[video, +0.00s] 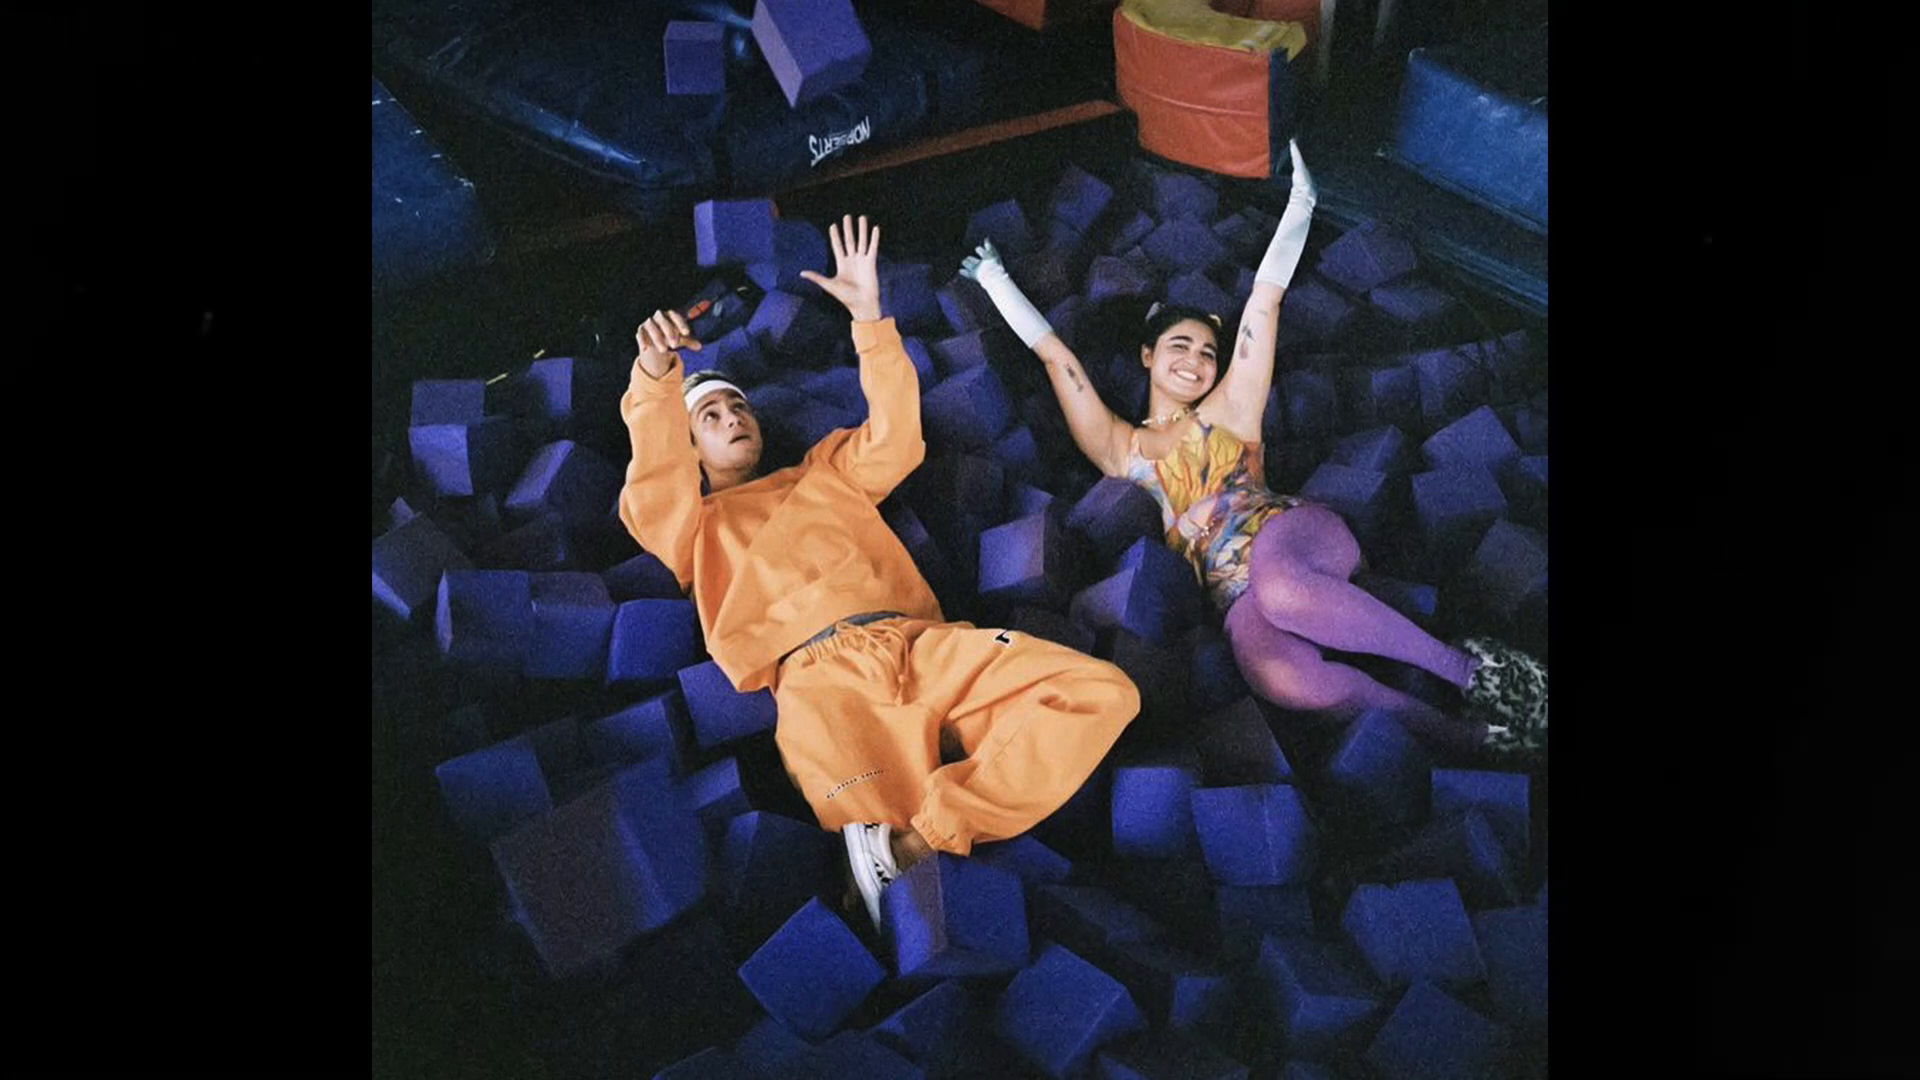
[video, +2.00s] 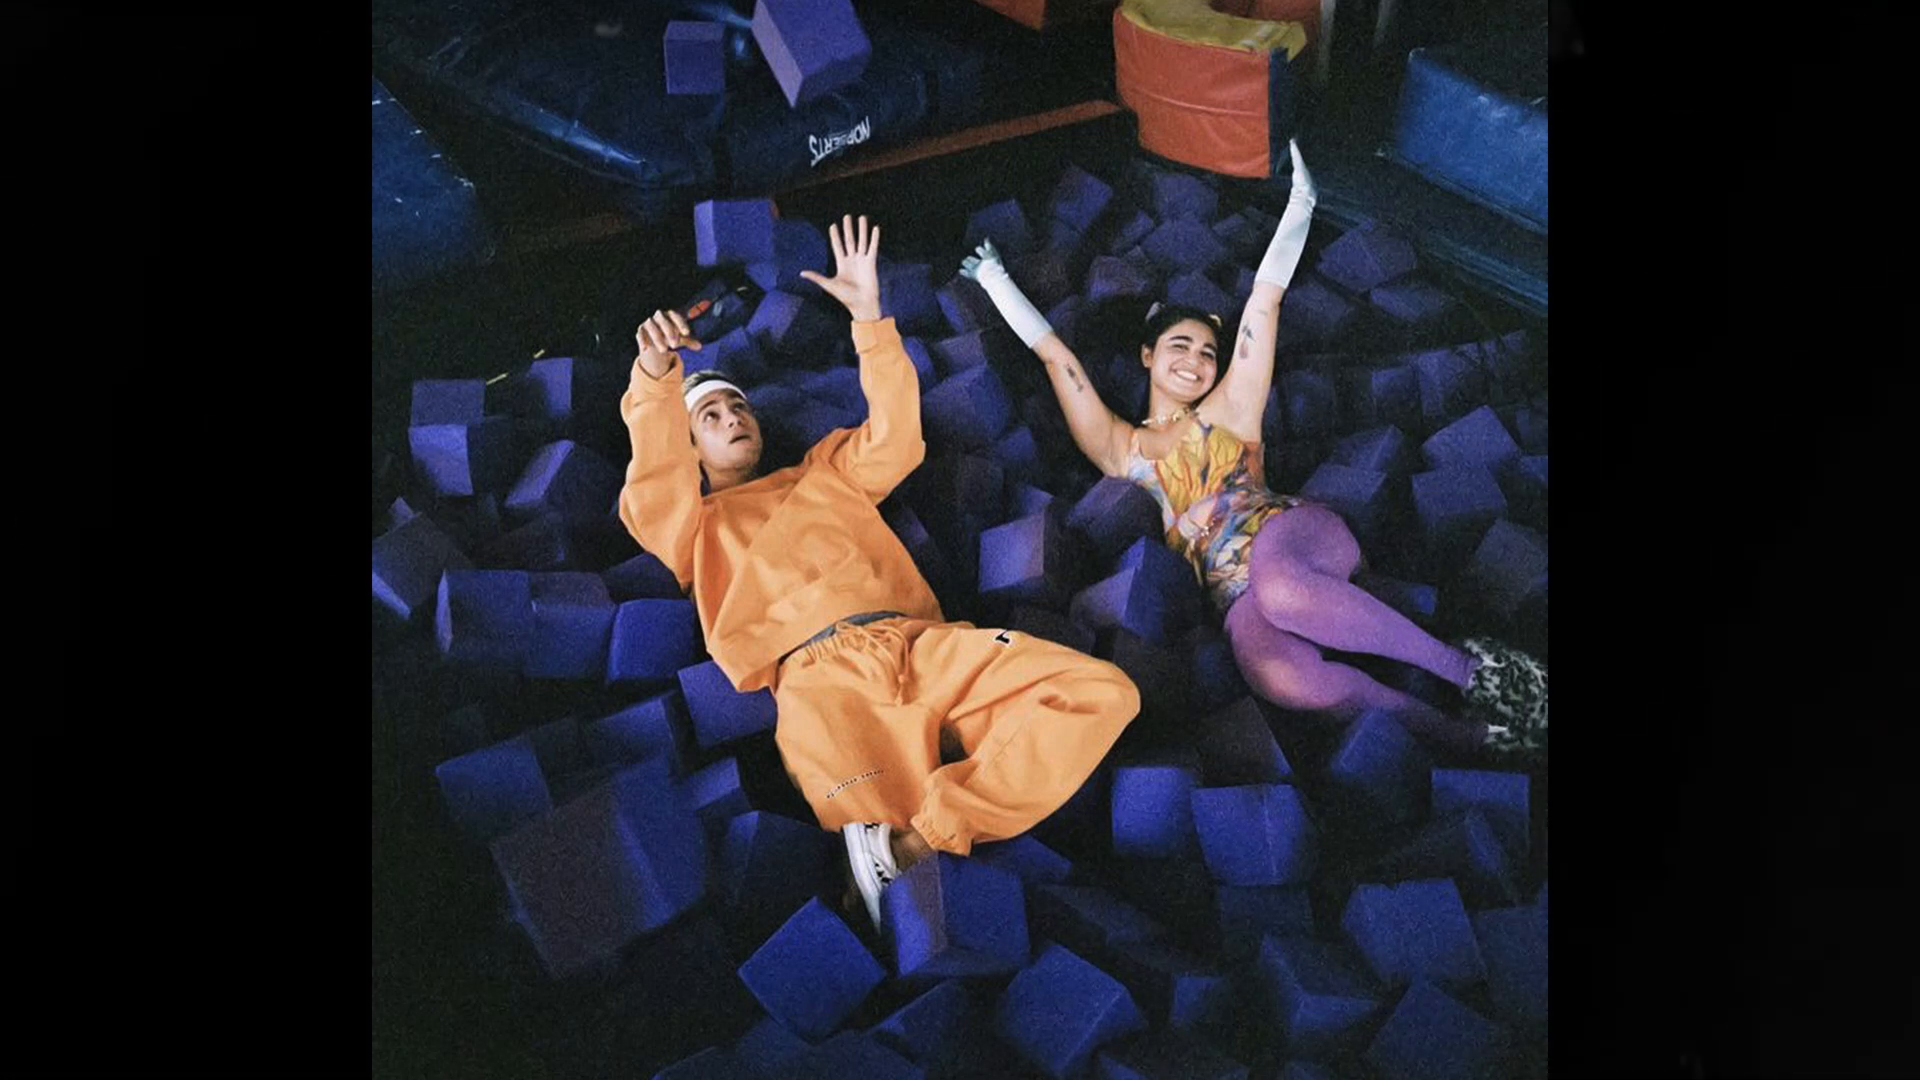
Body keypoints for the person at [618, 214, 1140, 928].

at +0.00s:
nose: (730, 418)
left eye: (738, 407)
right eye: (709, 415)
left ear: (761, 426)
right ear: (688, 449)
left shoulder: (827, 468)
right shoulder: (696, 525)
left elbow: (895, 435)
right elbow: (654, 477)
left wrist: (868, 317)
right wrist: (655, 374)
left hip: (917, 640)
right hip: (819, 673)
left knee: (1094, 693)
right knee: (880, 827)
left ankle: (915, 841)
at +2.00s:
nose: (730, 418)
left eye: (738, 407)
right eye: (709, 415)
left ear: (761, 426)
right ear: (688, 448)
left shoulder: (827, 468)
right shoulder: (695, 525)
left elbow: (895, 436)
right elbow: (654, 477)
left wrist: (868, 317)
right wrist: (655, 373)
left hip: (918, 640)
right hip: (819, 673)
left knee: (1094, 692)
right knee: (880, 827)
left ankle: (917, 841)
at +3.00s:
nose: (731, 418)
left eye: (738, 406)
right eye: (709, 415)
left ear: (759, 424)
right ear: (687, 448)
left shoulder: (827, 468)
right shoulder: (695, 524)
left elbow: (895, 436)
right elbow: (654, 476)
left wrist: (868, 317)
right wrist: (655, 372)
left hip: (918, 640)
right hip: (820, 672)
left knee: (1094, 692)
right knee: (880, 828)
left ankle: (918, 840)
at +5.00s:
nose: (731, 418)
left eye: (738, 407)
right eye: (709, 415)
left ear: (760, 425)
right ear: (687, 449)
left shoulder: (827, 468)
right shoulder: (696, 525)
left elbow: (895, 436)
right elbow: (655, 477)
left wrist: (868, 317)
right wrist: (655, 373)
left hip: (917, 640)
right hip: (820, 673)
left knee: (1094, 692)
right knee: (883, 831)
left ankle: (917, 841)